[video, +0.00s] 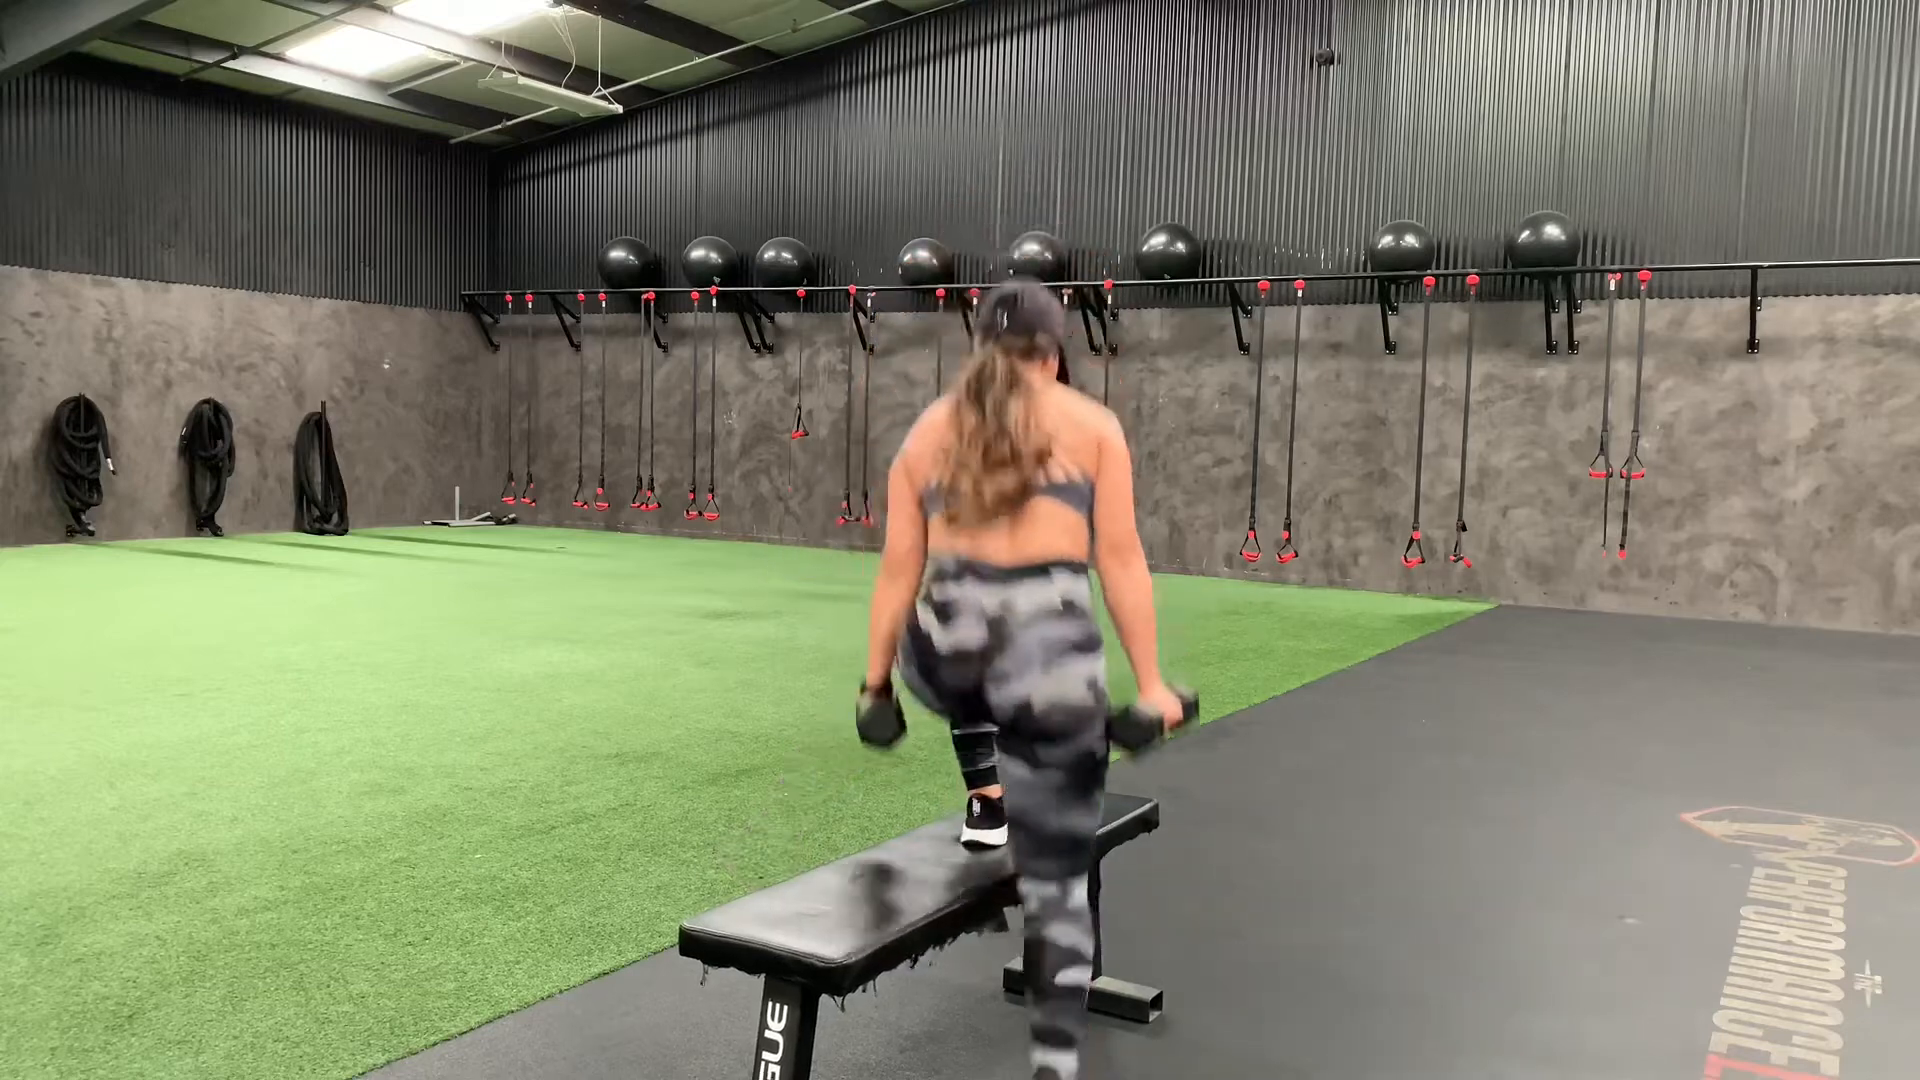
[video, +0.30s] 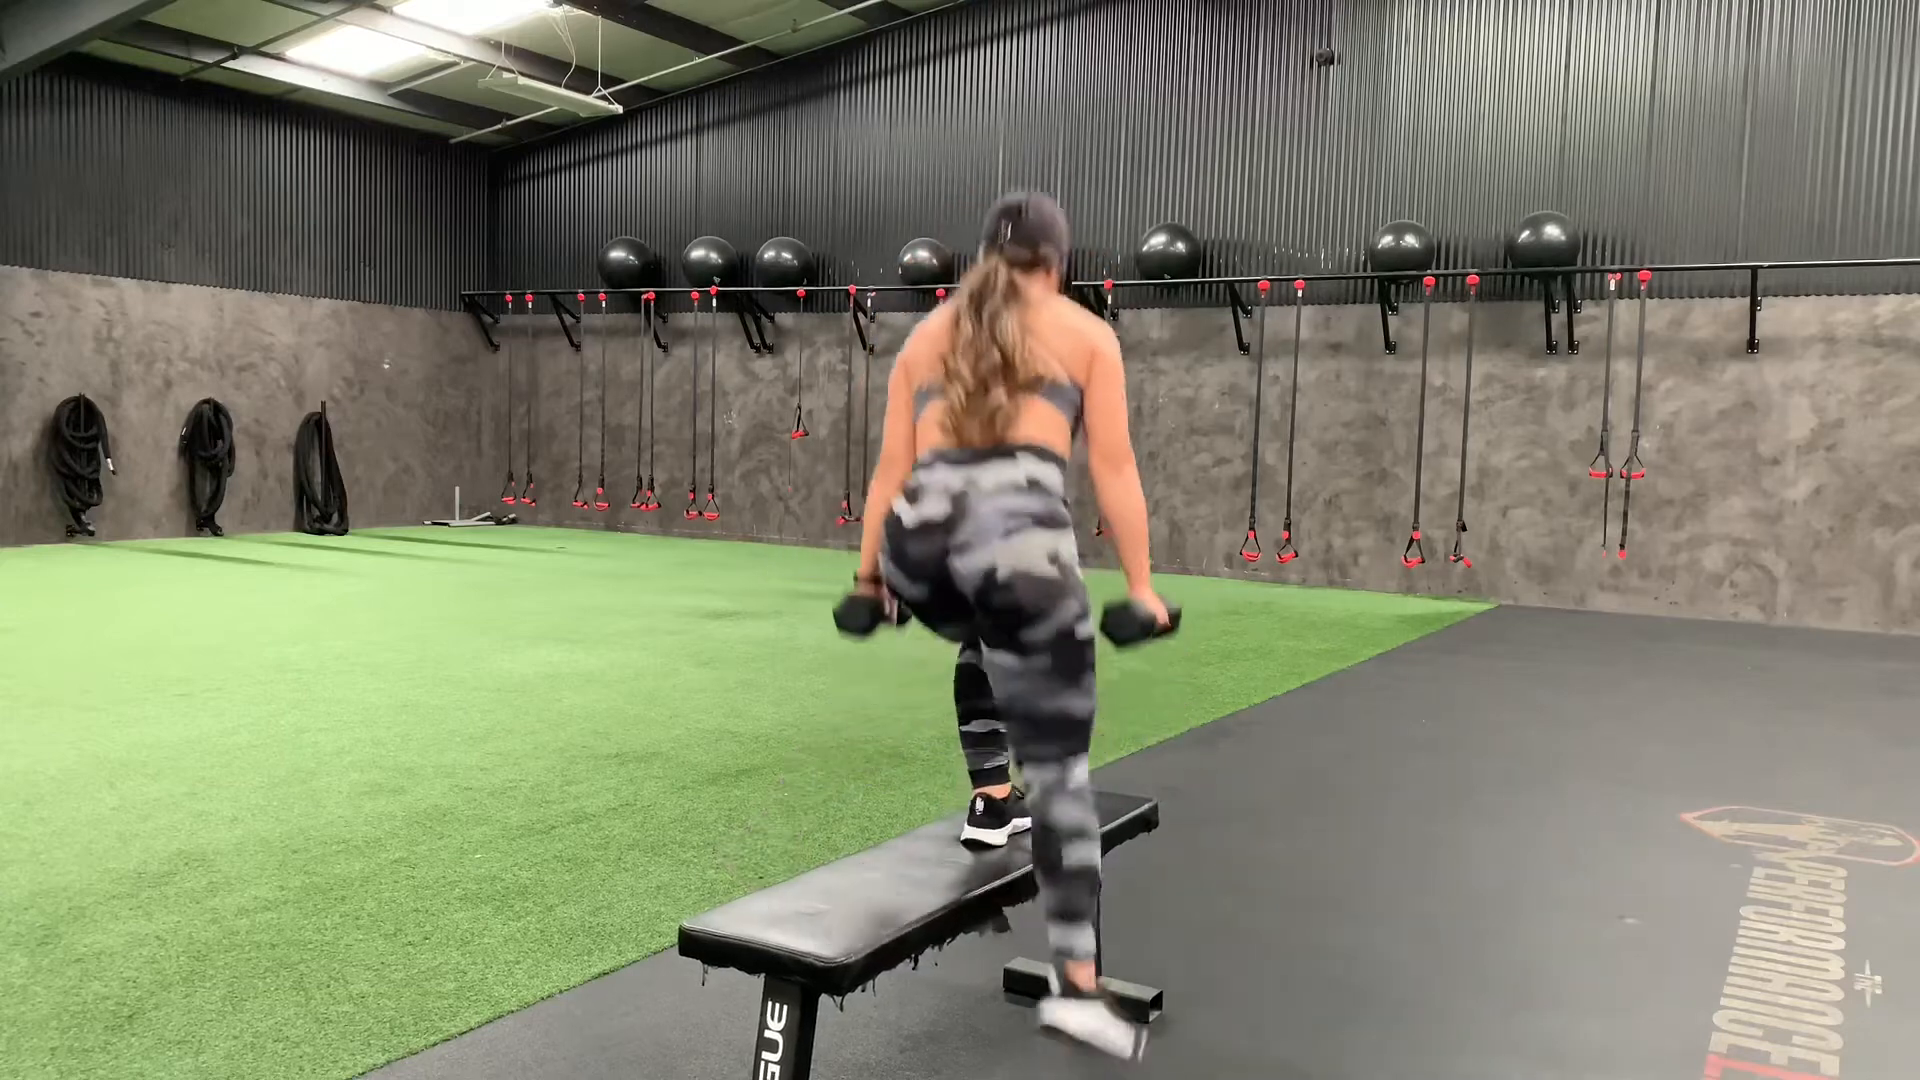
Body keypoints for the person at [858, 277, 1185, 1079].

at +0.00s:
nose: (1060, 367)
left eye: (1053, 357)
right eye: (1059, 356)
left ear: (979, 347)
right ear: (1051, 355)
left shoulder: (930, 430)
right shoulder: (1091, 424)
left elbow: (900, 567)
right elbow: (1121, 558)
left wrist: (876, 675)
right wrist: (1149, 681)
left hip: (947, 641)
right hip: (1054, 640)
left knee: (959, 690)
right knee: (1057, 863)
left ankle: (986, 795)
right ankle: (1058, 1059)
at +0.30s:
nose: (1068, 272)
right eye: (1068, 262)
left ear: (984, 256)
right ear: (1057, 262)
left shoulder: (927, 334)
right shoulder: (1087, 334)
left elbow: (894, 465)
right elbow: (1112, 467)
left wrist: (868, 569)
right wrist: (1140, 585)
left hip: (920, 537)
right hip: (1026, 532)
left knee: (979, 634)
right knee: (1056, 765)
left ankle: (992, 800)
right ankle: (1077, 983)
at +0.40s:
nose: (1066, 221)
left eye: (1062, 211)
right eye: (1067, 209)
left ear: (997, 195)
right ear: (1061, 203)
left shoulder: (934, 267)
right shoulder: (1084, 271)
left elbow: (890, 396)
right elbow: (1104, 406)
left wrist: (864, 500)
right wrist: (1122, 524)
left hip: (898, 467)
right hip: (997, 466)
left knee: (965, 622)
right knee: (1053, 648)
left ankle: (987, 793)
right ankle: (1033, 813)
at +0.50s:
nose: (1070, 210)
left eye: (1069, 198)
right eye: (1071, 198)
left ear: (997, 182)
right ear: (1060, 193)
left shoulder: (930, 245)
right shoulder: (1077, 251)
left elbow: (886, 367)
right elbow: (1089, 388)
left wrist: (854, 487)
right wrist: (1108, 511)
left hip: (872, 445)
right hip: (979, 442)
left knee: (945, 583)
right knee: (1043, 600)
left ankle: (906, 756)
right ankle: (979, 768)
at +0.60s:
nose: (1069, 232)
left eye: (1067, 220)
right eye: (1070, 220)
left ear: (999, 201)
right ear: (1060, 215)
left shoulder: (928, 260)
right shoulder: (1069, 275)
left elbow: (890, 380)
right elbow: (1073, 411)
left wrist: (843, 512)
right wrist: (1087, 540)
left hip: (855, 467)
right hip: (956, 466)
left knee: (907, 628)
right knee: (1021, 620)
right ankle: (964, 796)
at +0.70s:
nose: (1065, 294)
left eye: (1063, 283)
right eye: (1066, 282)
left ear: (996, 269)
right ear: (1058, 281)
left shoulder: (932, 322)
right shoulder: (1064, 345)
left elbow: (887, 450)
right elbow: (1060, 481)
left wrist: (814, 578)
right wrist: (1070, 612)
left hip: (838, 533)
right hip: (929, 538)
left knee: (836, 723)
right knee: (1029, 625)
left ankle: (734, 899)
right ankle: (960, 802)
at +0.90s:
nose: (1029, 428)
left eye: (1029, 416)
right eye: (1030, 415)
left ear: (962, 402)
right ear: (1021, 411)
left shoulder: (905, 462)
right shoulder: (1017, 486)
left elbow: (898, 586)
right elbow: (1029, 628)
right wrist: (1042, 761)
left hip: (813, 679)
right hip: (900, 689)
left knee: (792, 874)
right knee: (1032, 646)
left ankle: (671, 1029)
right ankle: (966, 804)